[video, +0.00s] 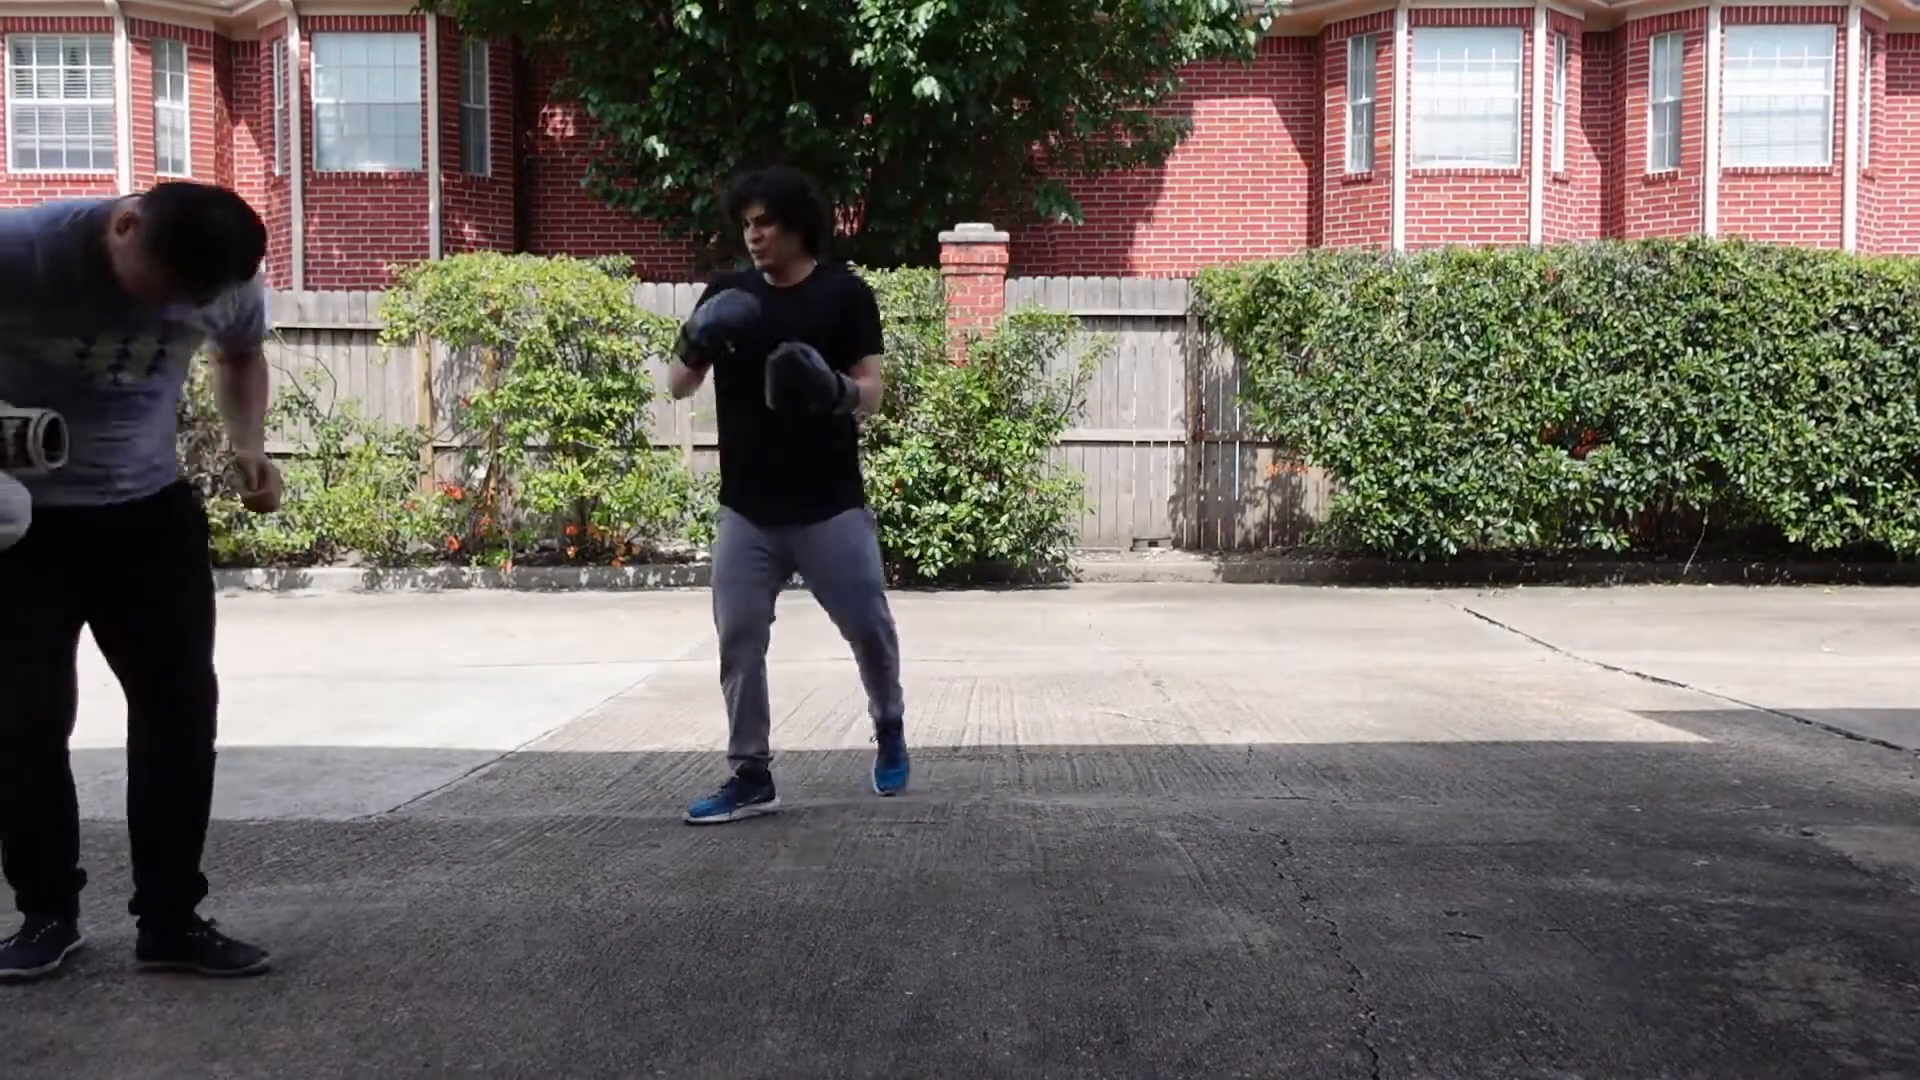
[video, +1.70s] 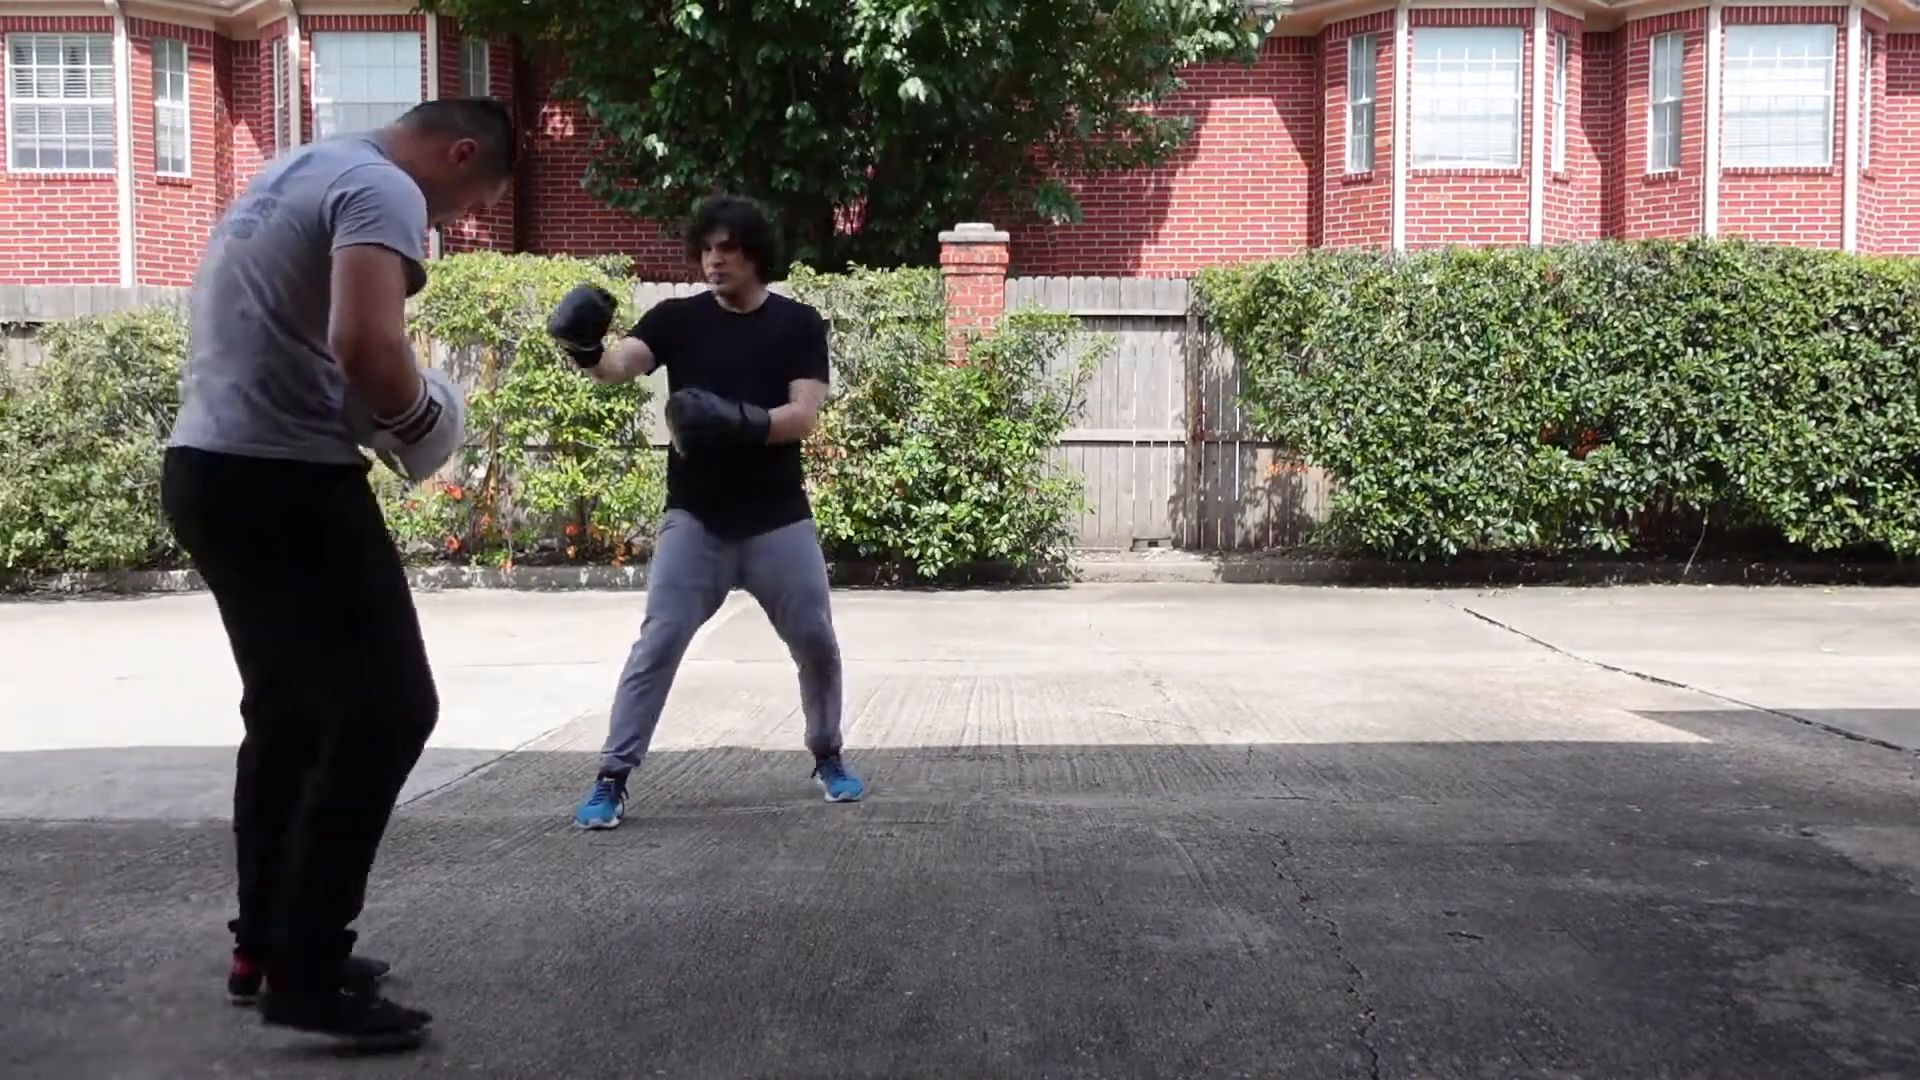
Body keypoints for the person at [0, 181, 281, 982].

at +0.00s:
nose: (158, 302)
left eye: (174, 295)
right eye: (152, 286)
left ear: (205, 272)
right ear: (126, 224)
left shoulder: (218, 272)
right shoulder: (20, 249)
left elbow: (241, 352)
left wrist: (247, 445)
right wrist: (5, 439)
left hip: (150, 518)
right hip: (25, 526)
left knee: (178, 715)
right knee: (25, 729)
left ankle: (169, 921)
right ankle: (45, 916)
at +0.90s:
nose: (281, 227)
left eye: (297, 207)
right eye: (279, 202)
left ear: (250, 155)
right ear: (231, 148)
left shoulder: (246, 204)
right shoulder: (83, 202)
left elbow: (268, 311)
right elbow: (0, 352)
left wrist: (209, 370)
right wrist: (90, 429)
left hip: (129, 472)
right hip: (25, 474)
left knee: (176, 705)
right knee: (59, 733)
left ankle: (146, 919)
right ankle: (40, 1008)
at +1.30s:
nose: (412, 188)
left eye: (421, 164)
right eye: (413, 161)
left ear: (351, 139)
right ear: (362, 142)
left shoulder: (277, 215)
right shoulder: (233, 207)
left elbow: (232, 339)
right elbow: (115, 353)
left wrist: (270, 412)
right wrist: (216, 429)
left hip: (157, 490)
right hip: (88, 489)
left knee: (214, 727)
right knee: (112, 739)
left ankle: (261, 949)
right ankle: (46, 1017)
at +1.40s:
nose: (427, 184)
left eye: (436, 162)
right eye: (431, 159)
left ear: (363, 127)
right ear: (390, 136)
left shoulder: (279, 196)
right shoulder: (275, 205)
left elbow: (240, 339)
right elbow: (200, 365)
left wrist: (303, 402)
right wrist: (294, 431)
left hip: (201, 489)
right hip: (138, 492)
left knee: (265, 719)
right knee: (168, 742)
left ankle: (266, 946)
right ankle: (52, 1000)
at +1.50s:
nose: (438, 193)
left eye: (447, 175)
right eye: (446, 169)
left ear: (382, 118)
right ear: (418, 133)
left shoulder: (281, 175)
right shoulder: (311, 197)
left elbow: (255, 350)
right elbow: (273, 360)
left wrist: (345, 411)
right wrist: (354, 430)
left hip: (223, 483)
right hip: (201, 488)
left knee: (293, 713)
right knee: (255, 723)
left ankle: (268, 944)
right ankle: (99, 962)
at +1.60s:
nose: (434, 212)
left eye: (450, 198)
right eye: (451, 191)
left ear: (410, 130)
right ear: (437, 145)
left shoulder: (299, 167)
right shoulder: (344, 187)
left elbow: (286, 343)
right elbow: (326, 349)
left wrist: (374, 414)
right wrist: (389, 426)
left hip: (213, 474)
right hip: (254, 481)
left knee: (296, 718)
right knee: (336, 718)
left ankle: (271, 945)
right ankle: (175, 958)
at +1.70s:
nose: (456, 219)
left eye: (470, 206)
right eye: (471, 199)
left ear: (426, 132)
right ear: (458, 152)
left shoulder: (303, 168)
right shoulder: (378, 181)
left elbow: (276, 339)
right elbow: (366, 342)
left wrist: (378, 409)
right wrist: (422, 422)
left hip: (218, 468)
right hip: (292, 480)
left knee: (290, 707)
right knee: (390, 710)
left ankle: (270, 942)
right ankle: (306, 978)